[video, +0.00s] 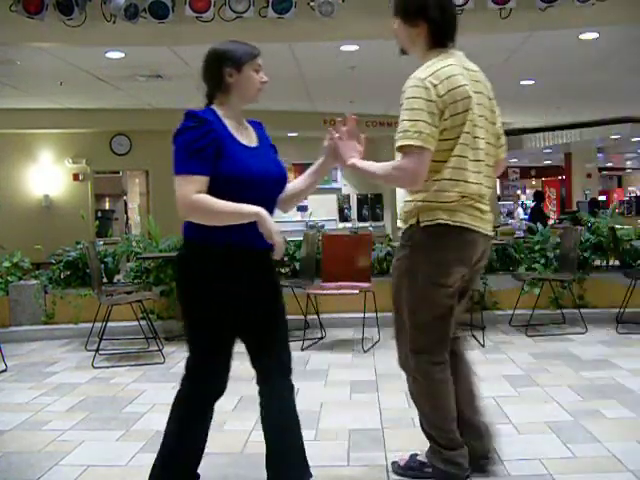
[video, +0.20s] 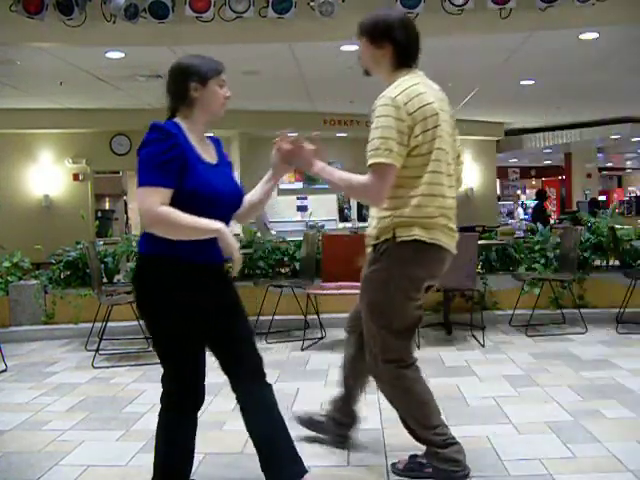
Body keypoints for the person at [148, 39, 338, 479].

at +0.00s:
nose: (264, 78)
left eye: (263, 70)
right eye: (257, 70)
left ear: (238, 76)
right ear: (230, 75)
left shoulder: (257, 130)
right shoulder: (199, 127)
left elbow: (282, 199)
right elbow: (187, 203)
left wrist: (327, 161)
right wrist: (256, 213)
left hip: (255, 263)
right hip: (208, 265)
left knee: (277, 377)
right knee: (205, 379)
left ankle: (291, 475)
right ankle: (171, 476)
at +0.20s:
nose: (229, 94)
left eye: (226, 85)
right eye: (221, 85)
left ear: (204, 91)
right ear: (195, 90)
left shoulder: (214, 147)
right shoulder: (164, 137)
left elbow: (238, 212)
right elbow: (151, 213)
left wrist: (277, 171)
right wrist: (217, 228)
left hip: (208, 272)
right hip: (167, 275)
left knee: (250, 378)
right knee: (183, 390)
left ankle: (287, 474)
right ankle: (170, 478)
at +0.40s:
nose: (195, 106)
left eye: (193, 97)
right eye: (188, 97)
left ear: (169, 102)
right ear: (165, 101)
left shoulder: (176, 155)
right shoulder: (133, 148)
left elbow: (191, 227)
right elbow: (119, 225)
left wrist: (237, 199)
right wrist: (183, 245)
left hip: (171, 276)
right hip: (133, 280)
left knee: (213, 369)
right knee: (174, 380)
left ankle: (206, 464)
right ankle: (174, 473)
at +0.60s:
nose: (159, 107)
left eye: (158, 99)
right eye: (155, 98)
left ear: (135, 101)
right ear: (133, 100)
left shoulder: (140, 149)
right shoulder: (105, 145)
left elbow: (160, 217)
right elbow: (93, 217)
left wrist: (209, 197)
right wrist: (154, 237)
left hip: (136, 271)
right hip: (110, 273)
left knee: (147, 370)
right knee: (152, 380)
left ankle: (98, 441)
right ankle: (165, 475)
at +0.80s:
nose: (125, 117)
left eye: (125, 110)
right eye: (122, 109)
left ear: (101, 110)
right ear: (102, 109)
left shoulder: (100, 154)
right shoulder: (78, 154)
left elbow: (127, 218)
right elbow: (74, 226)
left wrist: (176, 195)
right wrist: (133, 241)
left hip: (99, 277)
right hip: (82, 279)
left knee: (95, 370)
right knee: (128, 377)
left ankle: (68, 454)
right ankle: (160, 471)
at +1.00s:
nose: (93, 117)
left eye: (93, 110)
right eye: (89, 110)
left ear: (65, 113)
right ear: (70, 112)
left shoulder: (66, 153)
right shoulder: (50, 155)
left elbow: (94, 214)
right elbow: (50, 225)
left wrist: (142, 197)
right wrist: (105, 237)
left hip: (76, 272)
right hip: (59, 276)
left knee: (78, 364)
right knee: (100, 374)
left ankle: (65, 453)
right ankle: (128, 469)